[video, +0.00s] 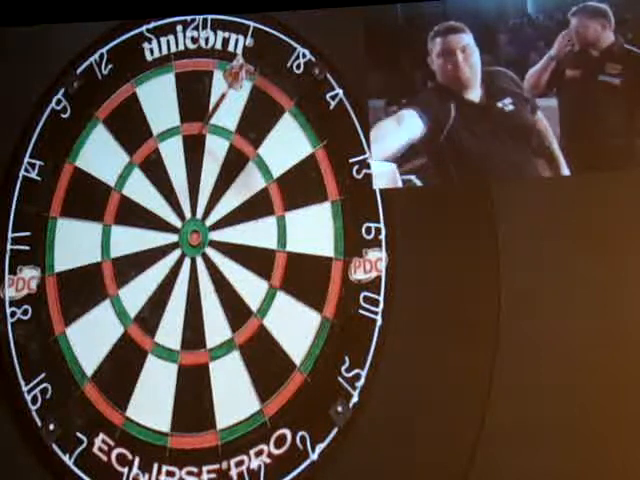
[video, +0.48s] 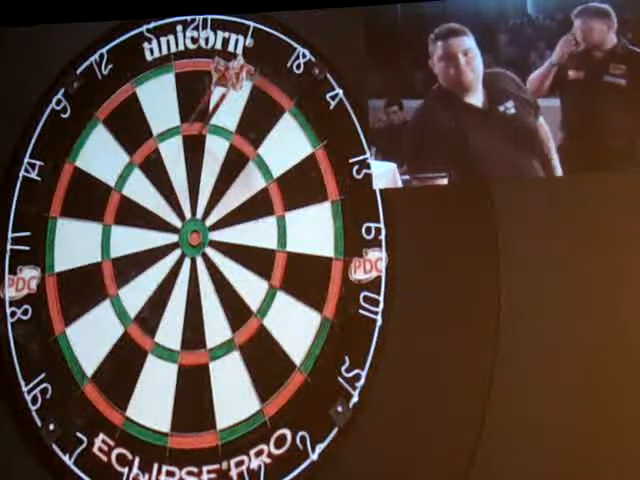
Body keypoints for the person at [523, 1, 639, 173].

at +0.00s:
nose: (574, 34)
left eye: (581, 28)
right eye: (573, 28)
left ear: (605, 26)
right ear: (570, 28)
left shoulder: (632, 61)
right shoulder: (567, 61)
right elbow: (530, 90)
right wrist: (554, 54)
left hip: (622, 164)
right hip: (577, 163)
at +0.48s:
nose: (581, 35)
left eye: (588, 28)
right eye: (578, 29)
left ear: (610, 26)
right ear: (574, 30)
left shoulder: (633, 60)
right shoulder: (570, 61)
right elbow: (533, 91)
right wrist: (555, 59)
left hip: (622, 159)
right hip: (576, 160)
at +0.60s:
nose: (590, 30)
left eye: (596, 23)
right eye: (585, 25)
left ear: (616, 24)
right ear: (579, 30)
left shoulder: (633, 60)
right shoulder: (569, 61)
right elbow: (531, 91)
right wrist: (549, 82)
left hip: (625, 159)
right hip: (578, 160)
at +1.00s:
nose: (597, 31)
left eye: (604, 25)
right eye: (592, 26)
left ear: (622, 25)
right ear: (586, 30)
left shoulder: (635, 61)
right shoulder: (570, 61)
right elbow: (548, 98)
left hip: (626, 158)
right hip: (580, 160)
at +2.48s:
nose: (596, 31)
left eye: (603, 25)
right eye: (590, 25)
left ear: (621, 28)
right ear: (584, 30)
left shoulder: (635, 65)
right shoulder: (565, 64)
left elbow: (636, 118)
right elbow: (552, 110)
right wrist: (556, 144)